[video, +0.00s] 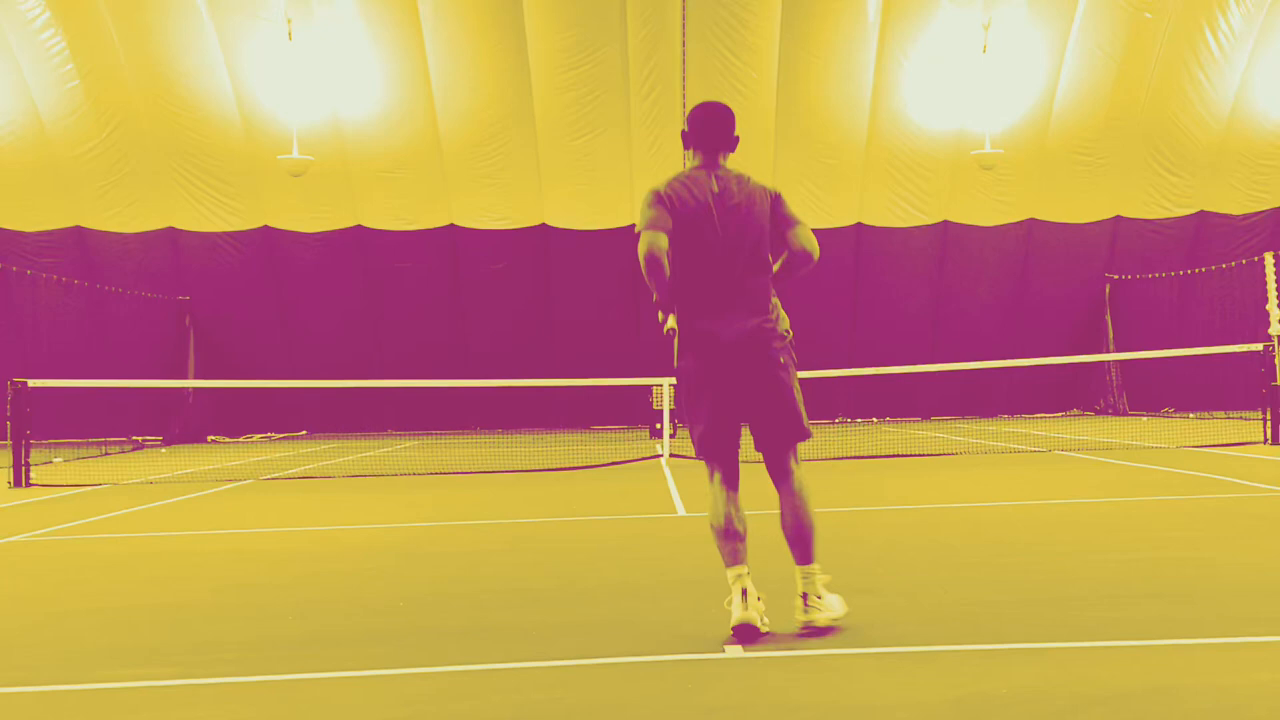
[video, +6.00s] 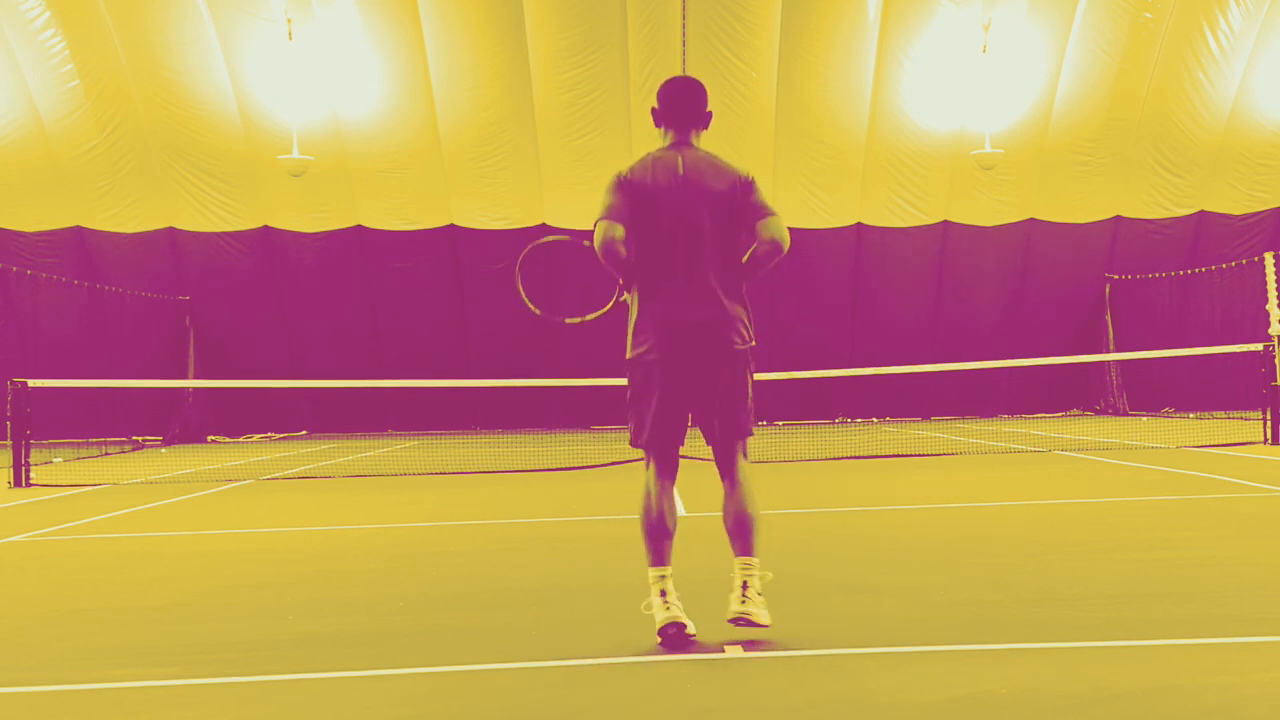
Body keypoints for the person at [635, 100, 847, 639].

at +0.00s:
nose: (694, 153)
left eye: (687, 145)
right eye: (715, 144)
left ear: (686, 144)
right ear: (735, 145)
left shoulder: (663, 196)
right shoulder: (763, 196)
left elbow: (652, 253)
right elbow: (807, 250)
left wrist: (666, 306)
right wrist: (769, 282)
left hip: (703, 353)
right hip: (764, 348)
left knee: (721, 476)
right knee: (786, 469)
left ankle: (742, 596)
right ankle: (812, 593)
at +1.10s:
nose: (713, 114)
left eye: (691, 103)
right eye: (725, 103)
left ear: (679, 104)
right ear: (733, 106)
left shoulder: (649, 162)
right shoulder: (756, 171)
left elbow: (624, 226)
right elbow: (789, 241)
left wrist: (639, 274)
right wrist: (743, 273)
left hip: (669, 329)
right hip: (734, 329)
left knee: (672, 468)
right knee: (740, 464)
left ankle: (673, 600)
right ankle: (743, 594)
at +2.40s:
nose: (700, 115)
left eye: (687, 101)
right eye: (720, 104)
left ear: (676, 103)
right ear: (732, 106)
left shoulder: (648, 166)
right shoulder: (761, 166)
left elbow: (621, 237)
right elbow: (808, 226)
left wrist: (660, 285)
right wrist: (772, 283)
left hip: (685, 342)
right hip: (755, 337)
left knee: (694, 488)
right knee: (782, 482)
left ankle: (706, 632)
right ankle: (811, 624)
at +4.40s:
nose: (693, 122)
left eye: (684, 110)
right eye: (714, 112)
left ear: (676, 112)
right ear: (729, 114)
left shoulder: (652, 170)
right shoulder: (757, 171)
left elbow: (626, 231)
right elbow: (795, 230)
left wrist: (655, 272)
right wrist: (759, 279)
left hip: (678, 326)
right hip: (744, 326)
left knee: (674, 468)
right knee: (746, 465)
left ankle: (676, 603)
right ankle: (755, 601)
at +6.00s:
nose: (674, 128)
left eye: (663, 117)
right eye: (697, 119)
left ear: (656, 120)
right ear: (708, 122)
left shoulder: (631, 179)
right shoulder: (735, 179)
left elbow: (607, 240)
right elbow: (775, 240)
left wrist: (633, 281)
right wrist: (736, 281)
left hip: (658, 339)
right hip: (721, 336)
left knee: (659, 470)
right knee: (733, 463)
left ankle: (664, 601)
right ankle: (747, 591)